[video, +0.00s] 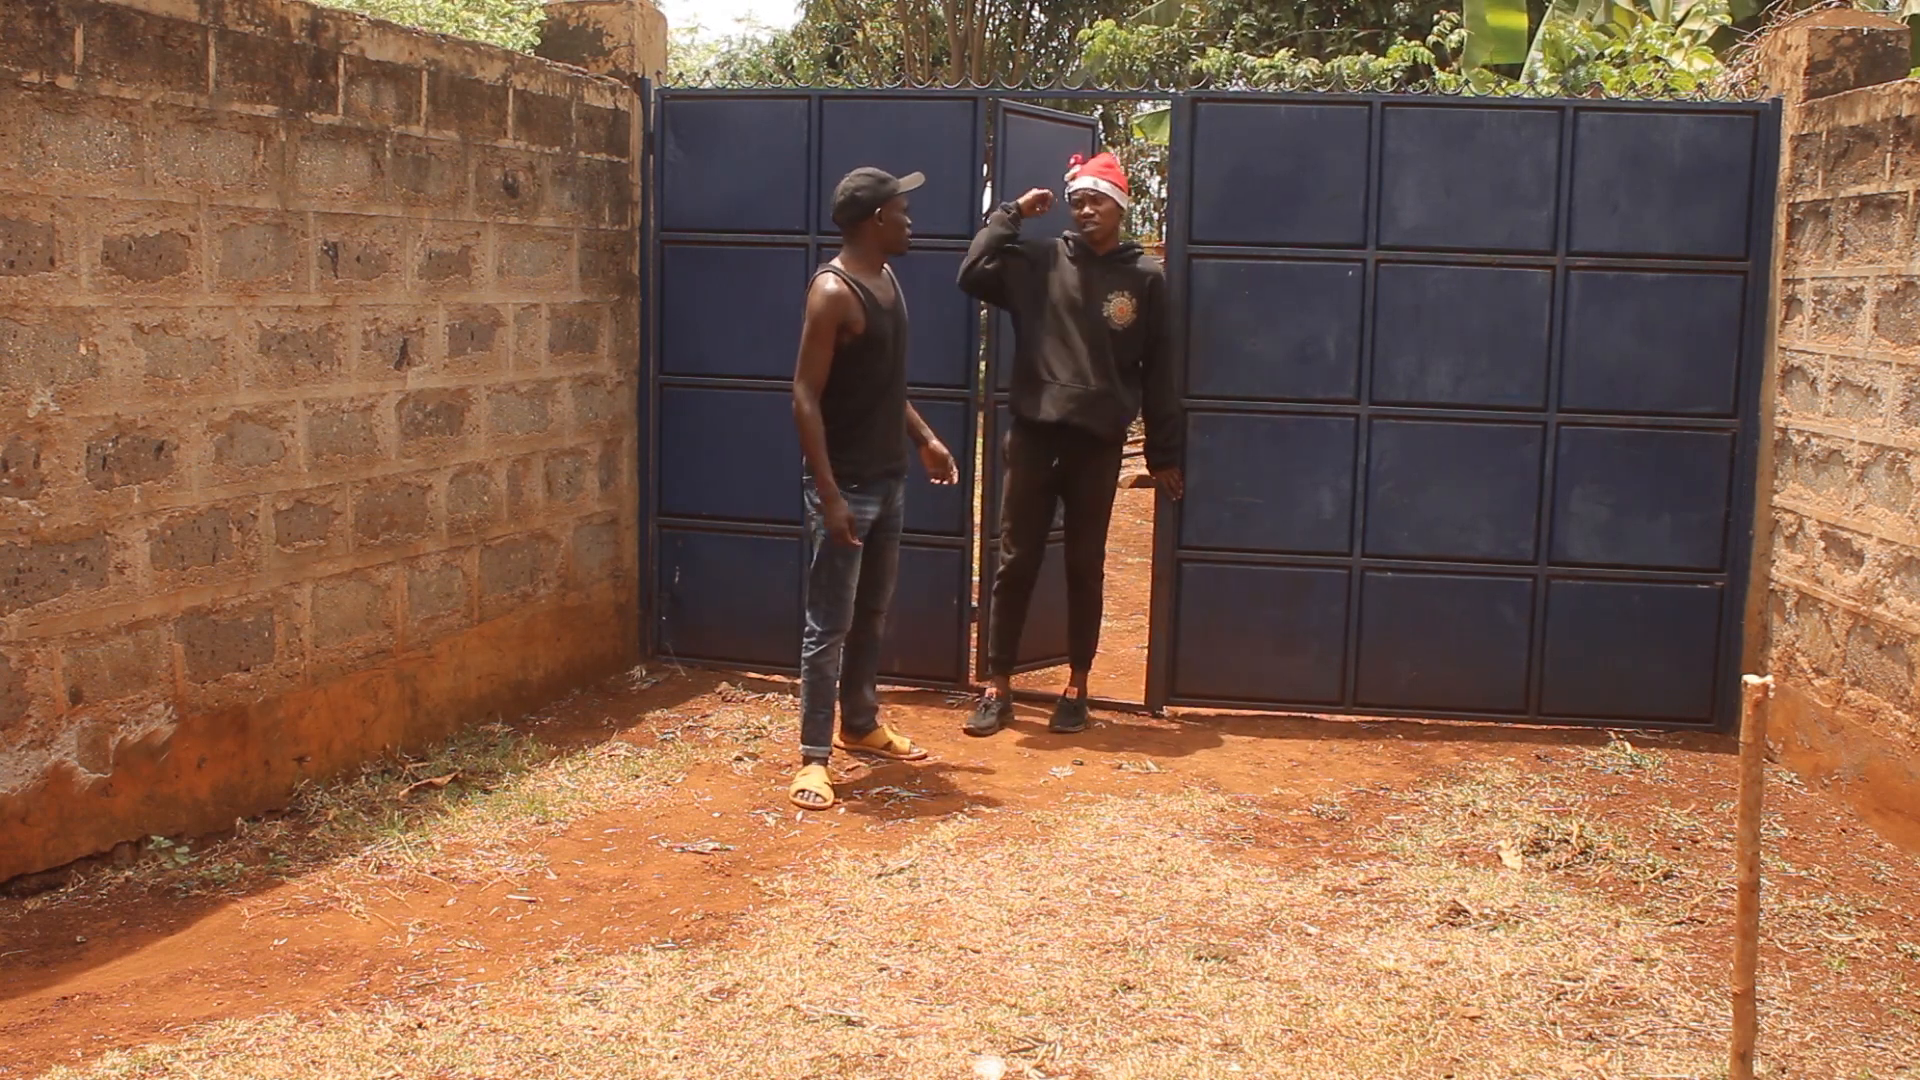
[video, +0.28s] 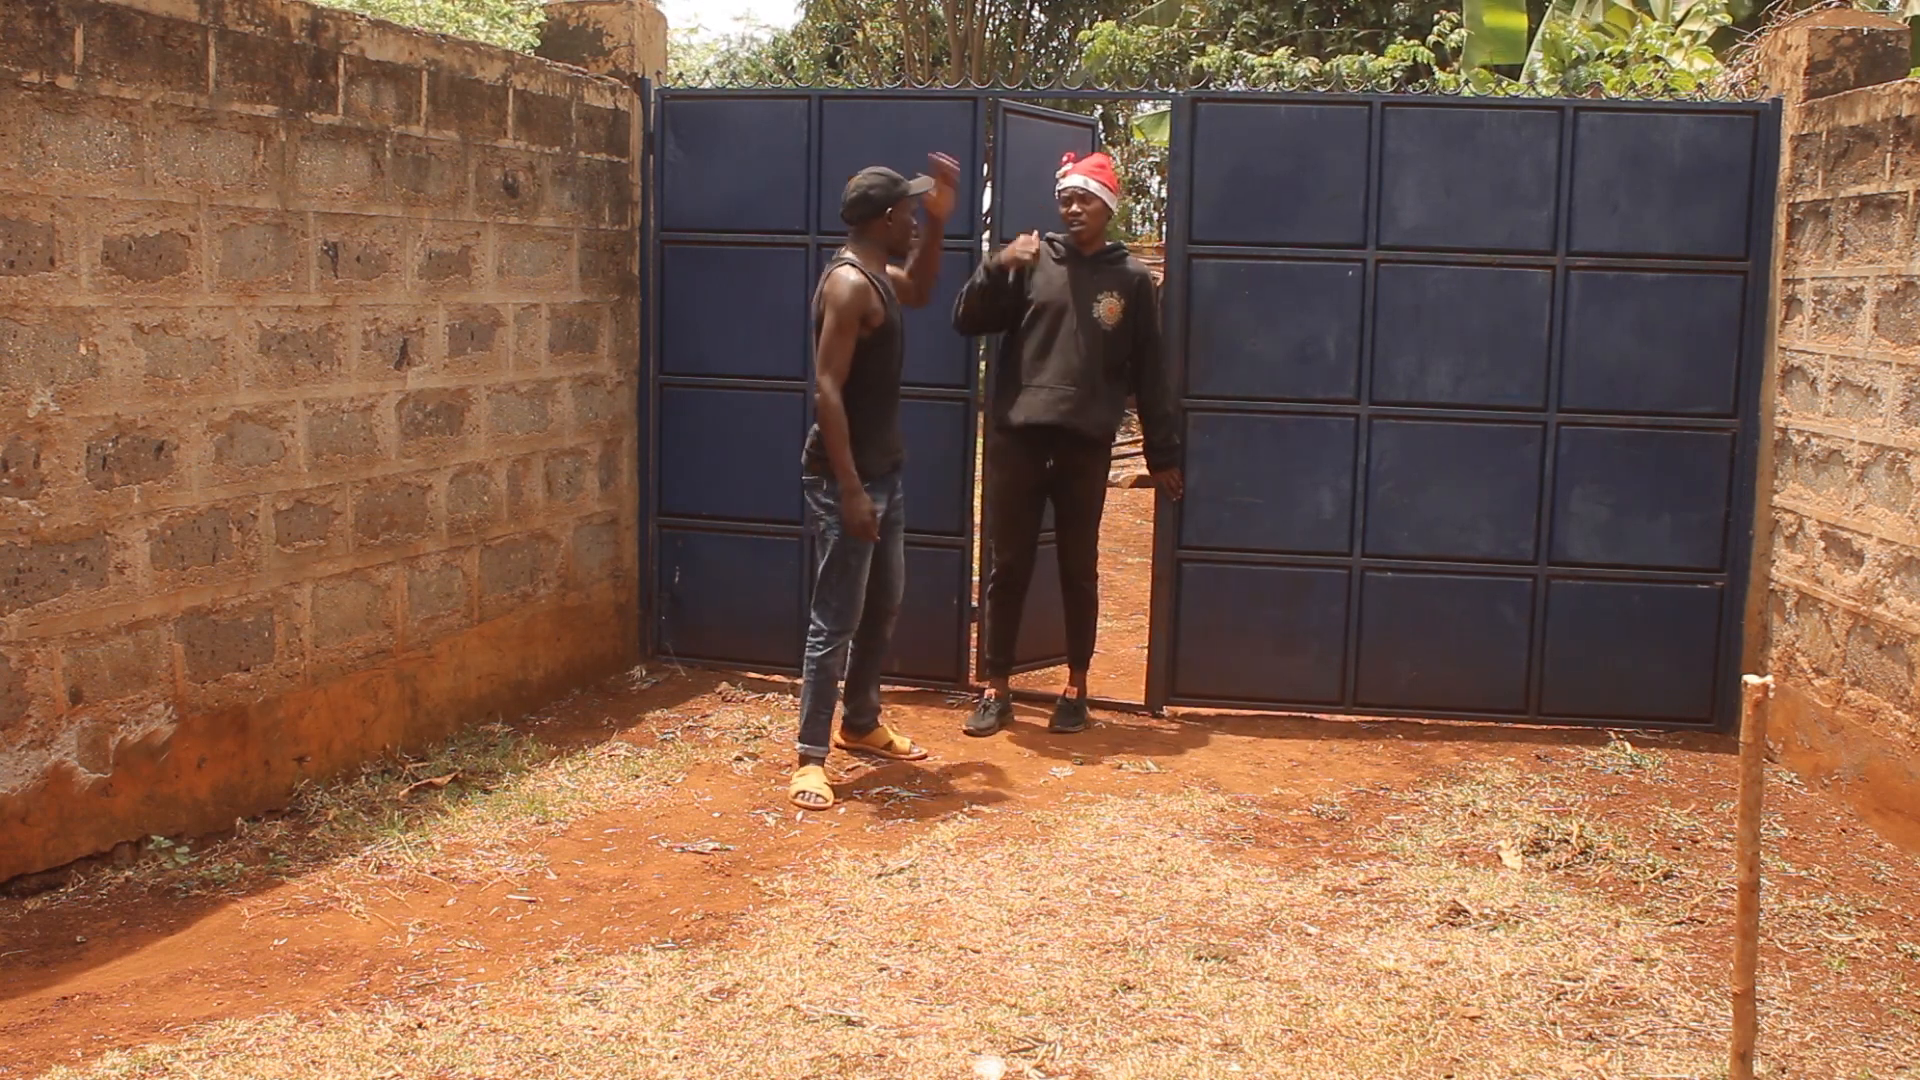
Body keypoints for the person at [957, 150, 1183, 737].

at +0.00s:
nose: (1085, 210)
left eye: (1097, 200)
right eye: (1078, 201)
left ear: (1123, 207)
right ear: (1069, 208)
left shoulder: (1145, 278)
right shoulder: (1036, 257)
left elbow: (1161, 372)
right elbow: (972, 276)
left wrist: (1165, 454)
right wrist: (1012, 214)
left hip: (1098, 437)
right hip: (1033, 431)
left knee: (1084, 564)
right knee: (1015, 559)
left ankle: (1077, 689)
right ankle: (995, 689)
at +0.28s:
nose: (1074, 209)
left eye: (1086, 200)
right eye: (1067, 199)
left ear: (1111, 206)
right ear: (1057, 203)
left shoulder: (1131, 279)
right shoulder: (1027, 260)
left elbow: (1151, 373)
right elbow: (967, 319)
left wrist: (1163, 454)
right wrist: (996, 265)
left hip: (1084, 443)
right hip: (1015, 437)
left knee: (1078, 569)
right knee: (1007, 566)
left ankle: (1075, 689)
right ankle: (993, 690)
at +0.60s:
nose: (1079, 211)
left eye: (1091, 202)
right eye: (1072, 200)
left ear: (1113, 211)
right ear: (1061, 205)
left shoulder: (1126, 282)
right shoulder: (1029, 255)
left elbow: (1144, 375)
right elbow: (979, 327)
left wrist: (1163, 453)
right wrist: (1027, 363)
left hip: (1079, 446)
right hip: (1012, 439)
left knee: (1073, 565)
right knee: (1005, 564)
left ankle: (1074, 689)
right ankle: (992, 691)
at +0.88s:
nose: (1081, 215)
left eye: (1094, 207)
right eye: (1075, 204)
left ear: (1118, 216)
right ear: (1066, 206)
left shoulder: (1131, 285)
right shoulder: (1033, 255)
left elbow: (1144, 377)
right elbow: (993, 332)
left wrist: (1163, 454)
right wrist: (1022, 390)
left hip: (1081, 441)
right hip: (1013, 433)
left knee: (1073, 564)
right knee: (1006, 562)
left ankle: (1074, 688)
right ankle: (992, 689)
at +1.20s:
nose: (1097, 222)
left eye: (1110, 214)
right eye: (1093, 211)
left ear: (1138, 221)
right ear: (1088, 213)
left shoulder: (1156, 283)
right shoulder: (1067, 263)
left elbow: (1159, 377)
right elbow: (1024, 314)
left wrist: (1159, 458)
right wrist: (979, 338)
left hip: (1098, 435)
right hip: (1038, 425)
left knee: (1081, 564)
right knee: (1000, 540)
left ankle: (1075, 686)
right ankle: (1043, 608)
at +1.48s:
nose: (1088, 223)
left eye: (1101, 217)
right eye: (1083, 213)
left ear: (1125, 225)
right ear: (1075, 214)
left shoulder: (1140, 281)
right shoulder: (1059, 268)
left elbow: (1149, 376)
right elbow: (1023, 344)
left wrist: (1158, 458)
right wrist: (969, 392)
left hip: (1109, 435)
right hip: (1057, 430)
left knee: (1068, 555)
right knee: (1066, 556)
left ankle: (1072, 689)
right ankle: (1104, 661)